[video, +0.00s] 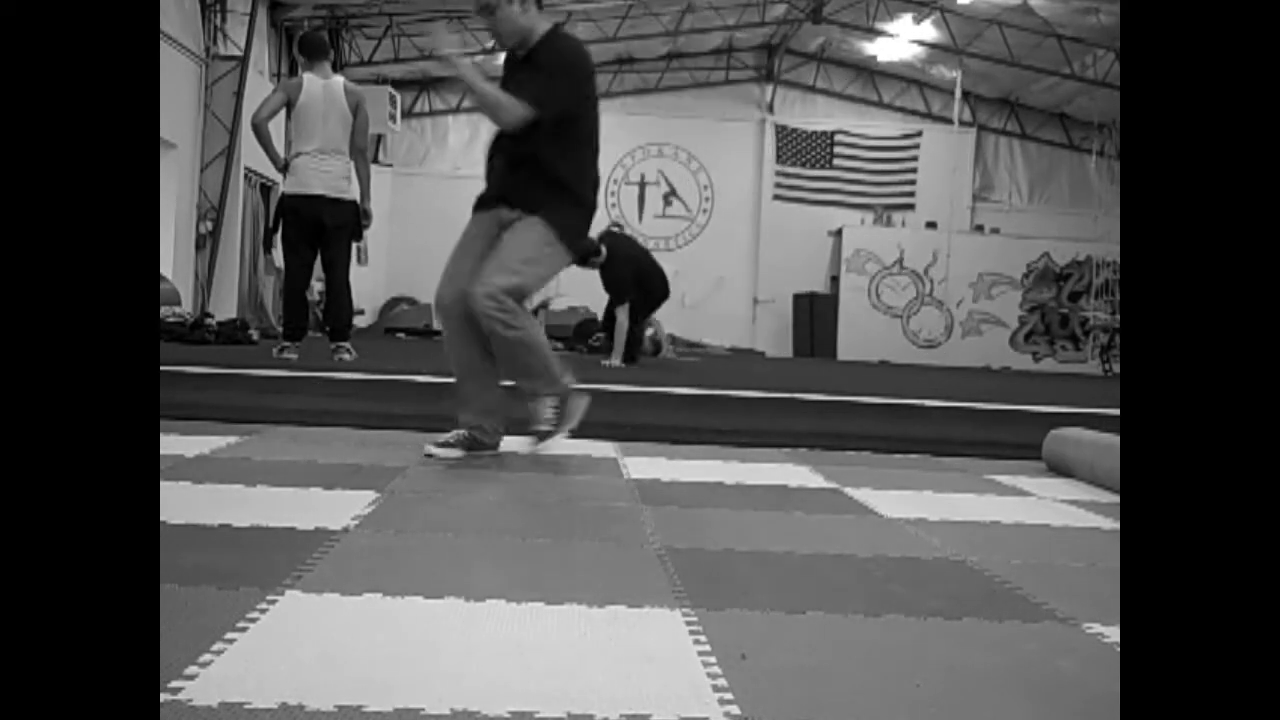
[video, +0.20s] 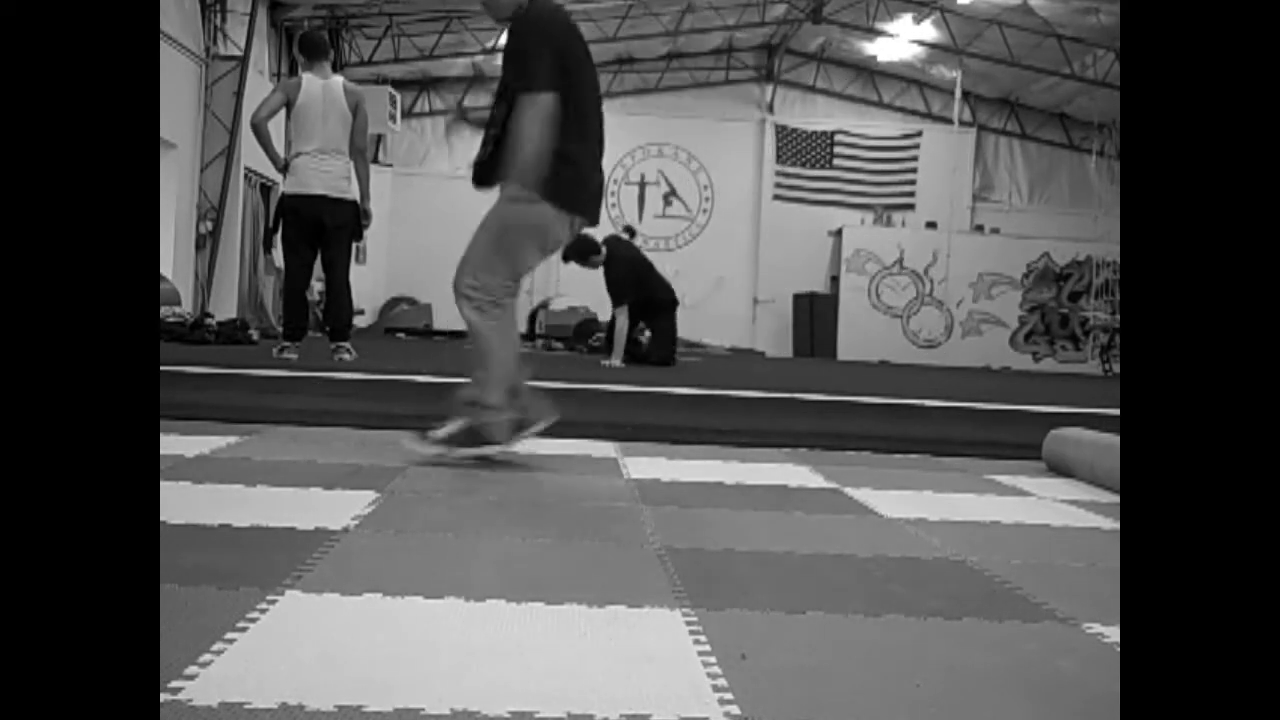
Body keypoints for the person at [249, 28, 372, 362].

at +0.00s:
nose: (301, 64)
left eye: (300, 59)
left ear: (301, 58)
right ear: (330, 55)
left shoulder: (292, 86)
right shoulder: (353, 94)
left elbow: (258, 120)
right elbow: (360, 152)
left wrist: (278, 162)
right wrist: (366, 202)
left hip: (298, 195)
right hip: (340, 198)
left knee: (295, 274)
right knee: (338, 276)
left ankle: (290, 343)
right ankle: (341, 345)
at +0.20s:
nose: (299, 63)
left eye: (299, 58)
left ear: (301, 58)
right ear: (330, 55)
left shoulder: (291, 86)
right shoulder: (353, 94)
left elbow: (257, 121)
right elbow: (359, 152)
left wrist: (278, 162)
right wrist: (365, 202)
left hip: (298, 196)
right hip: (340, 198)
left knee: (295, 274)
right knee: (338, 276)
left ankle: (290, 344)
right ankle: (341, 345)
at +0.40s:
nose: (299, 62)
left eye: (298, 57)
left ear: (300, 57)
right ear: (330, 55)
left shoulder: (291, 86)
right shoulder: (353, 94)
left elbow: (257, 120)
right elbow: (359, 152)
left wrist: (277, 162)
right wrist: (365, 202)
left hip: (298, 195)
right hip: (340, 198)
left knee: (295, 274)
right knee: (338, 276)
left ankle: (290, 343)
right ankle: (341, 345)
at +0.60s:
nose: (300, 64)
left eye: (299, 59)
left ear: (299, 58)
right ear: (329, 55)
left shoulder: (290, 86)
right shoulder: (353, 94)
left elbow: (256, 121)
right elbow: (359, 152)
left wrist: (277, 162)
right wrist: (366, 202)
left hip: (297, 195)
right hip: (339, 197)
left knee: (295, 273)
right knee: (338, 276)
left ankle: (290, 343)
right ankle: (341, 345)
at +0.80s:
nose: (297, 61)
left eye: (298, 57)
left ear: (300, 57)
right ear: (329, 55)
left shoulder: (290, 86)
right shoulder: (352, 93)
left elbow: (256, 120)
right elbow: (359, 151)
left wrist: (276, 162)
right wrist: (366, 201)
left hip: (298, 195)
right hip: (340, 197)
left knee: (295, 274)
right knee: (338, 276)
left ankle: (290, 343)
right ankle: (341, 345)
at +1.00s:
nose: (296, 58)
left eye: (297, 54)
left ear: (300, 55)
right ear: (329, 54)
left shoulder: (289, 86)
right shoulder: (352, 93)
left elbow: (255, 120)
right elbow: (358, 151)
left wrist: (276, 162)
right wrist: (366, 201)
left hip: (298, 195)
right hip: (339, 197)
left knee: (295, 275)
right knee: (338, 276)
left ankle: (290, 344)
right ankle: (341, 345)